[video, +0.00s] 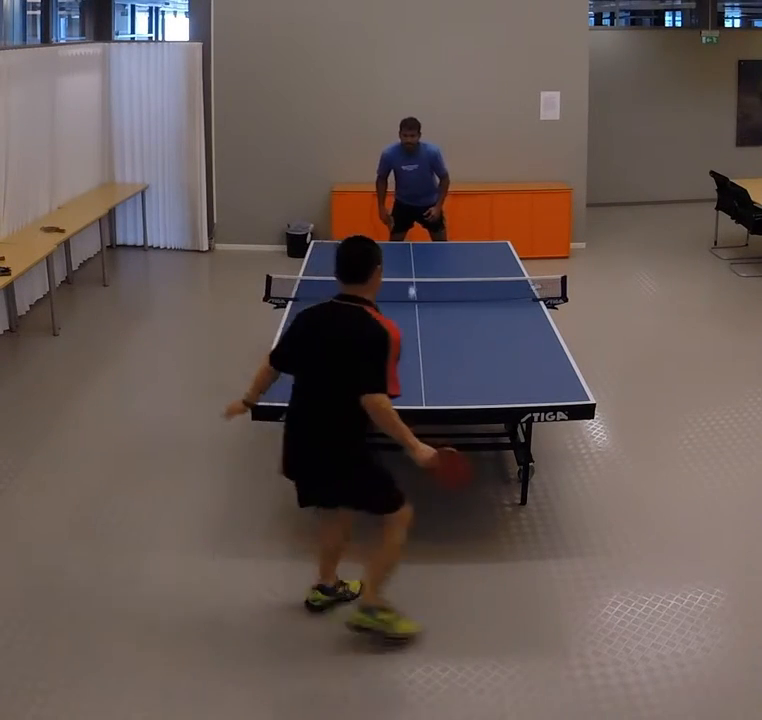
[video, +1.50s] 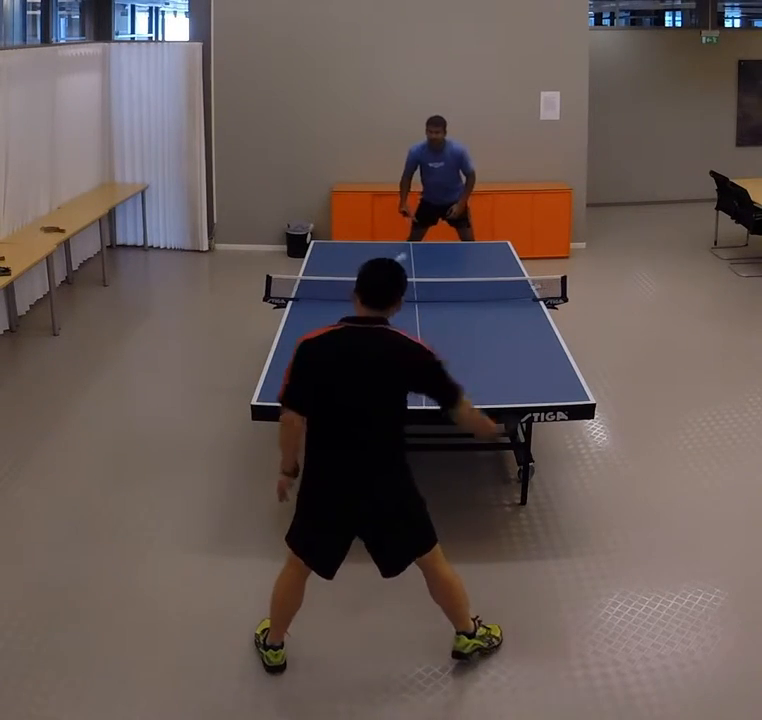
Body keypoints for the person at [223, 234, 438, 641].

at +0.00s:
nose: (381, 276)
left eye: (378, 270)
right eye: (381, 270)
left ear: (338, 273)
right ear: (377, 275)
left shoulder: (312, 317)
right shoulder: (377, 331)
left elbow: (273, 364)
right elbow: (373, 399)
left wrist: (248, 400)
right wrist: (415, 445)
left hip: (303, 444)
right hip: (345, 448)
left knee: (338, 508)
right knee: (398, 512)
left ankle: (327, 584)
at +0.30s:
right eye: (429, 301)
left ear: (389, 309)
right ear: (431, 307)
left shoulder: (367, 364)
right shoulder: (460, 363)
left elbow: (344, 430)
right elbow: (485, 424)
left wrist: (345, 464)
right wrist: (488, 448)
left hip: (381, 485)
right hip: (441, 489)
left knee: (345, 518)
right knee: (489, 547)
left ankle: (341, 600)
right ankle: (510, 635)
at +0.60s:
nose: (421, 312)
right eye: (422, 307)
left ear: (380, 312)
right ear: (423, 313)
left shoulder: (351, 368)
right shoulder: (443, 372)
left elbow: (335, 437)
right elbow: (478, 439)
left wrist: (352, 474)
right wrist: (463, 448)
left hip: (359, 498)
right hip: (423, 500)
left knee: (311, 564)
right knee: (470, 564)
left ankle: (275, 643)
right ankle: (509, 636)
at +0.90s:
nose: (401, 314)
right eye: (404, 308)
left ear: (362, 314)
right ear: (406, 314)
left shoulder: (335, 370)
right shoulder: (429, 372)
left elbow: (308, 435)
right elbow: (468, 413)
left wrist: (303, 471)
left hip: (340, 501)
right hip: (403, 502)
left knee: (302, 561)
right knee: (450, 565)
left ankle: (273, 643)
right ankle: (476, 648)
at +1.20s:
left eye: (337, 304)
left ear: (335, 309)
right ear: (379, 310)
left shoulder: (314, 371)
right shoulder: (404, 364)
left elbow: (290, 444)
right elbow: (419, 411)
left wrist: (272, 479)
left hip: (333, 500)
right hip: (396, 497)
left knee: (297, 568)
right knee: (442, 569)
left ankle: (273, 644)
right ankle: (476, 648)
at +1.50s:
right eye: (398, 298)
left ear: (355, 295)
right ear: (399, 302)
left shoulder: (313, 346)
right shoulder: (408, 352)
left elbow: (292, 416)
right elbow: (459, 409)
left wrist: (289, 469)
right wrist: (490, 429)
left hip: (326, 484)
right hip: (388, 484)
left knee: (297, 566)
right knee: (432, 563)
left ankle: (273, 643)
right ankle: (468, 635)